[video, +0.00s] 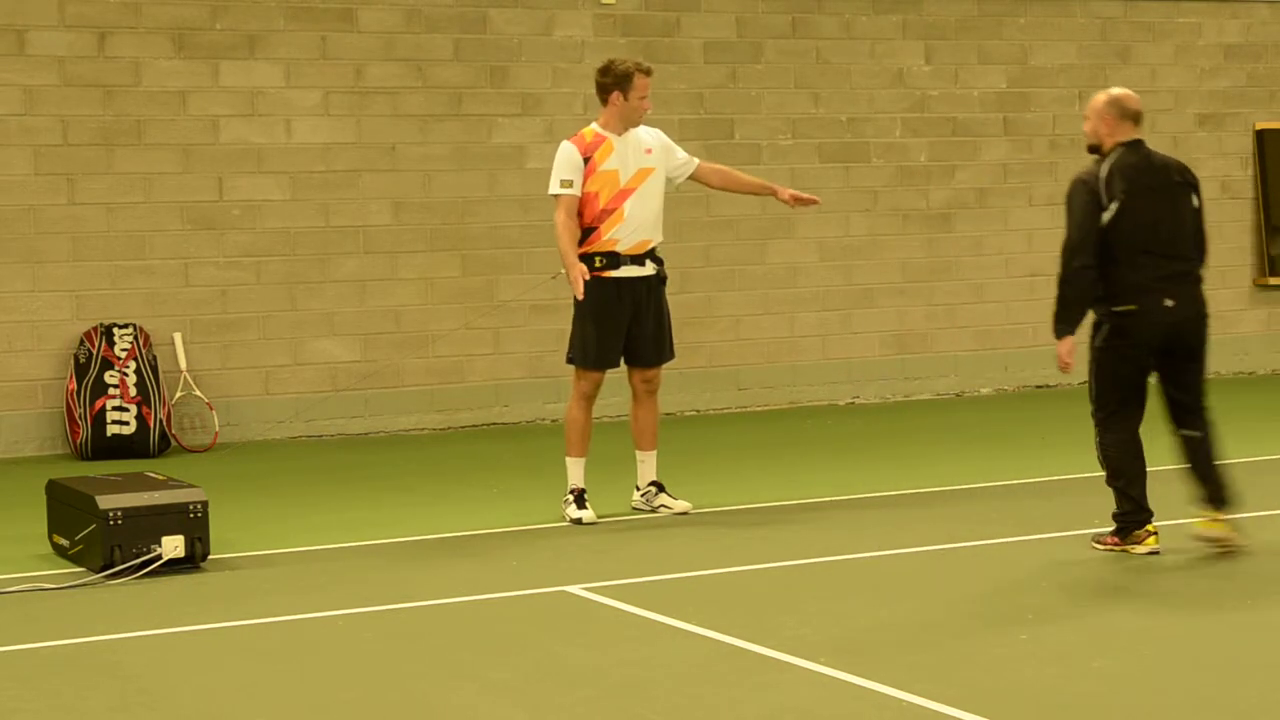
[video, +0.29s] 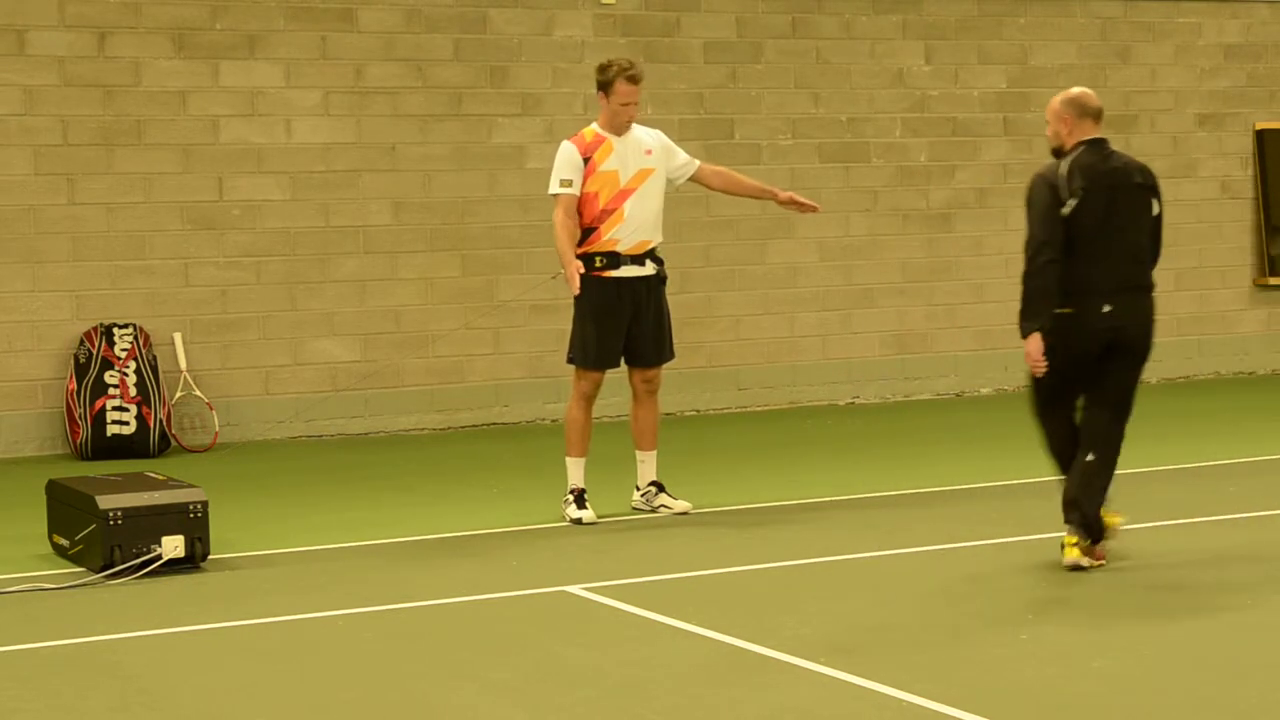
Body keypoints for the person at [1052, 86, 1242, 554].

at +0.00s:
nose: (1084, 128)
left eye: (1090, 119)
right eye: (1086, 119)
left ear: (1110, 123)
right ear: (1131, 123)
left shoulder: (1093, 182)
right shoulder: (1180, 173)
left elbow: (1080, 260)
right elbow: (1196, 250)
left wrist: (1065, 328)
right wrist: (1173, 289)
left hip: (1125, 320)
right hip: (1185, 313)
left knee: (1116, 420)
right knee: (1190, 412)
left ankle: (1134, 526)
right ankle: (1218, 507)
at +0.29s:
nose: (1047, 133)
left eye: (1049, 124)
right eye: (1048, 124)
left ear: (1066, 124)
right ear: (1096, 122)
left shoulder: (1052, 180)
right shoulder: (1142, 176)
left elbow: (1043, 257)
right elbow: (1150, 253)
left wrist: (1033, 327)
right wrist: (1117, 287)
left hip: (1073, 321)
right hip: (1133, 320)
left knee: (1051, 405)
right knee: (1106, 420)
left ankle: (1092, 510)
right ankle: (1081, 533)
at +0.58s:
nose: (1003, 120)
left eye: (1006, 111)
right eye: (1005, 110)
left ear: (1019, 112)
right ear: (1051, 111)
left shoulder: (999, 170)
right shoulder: (1095, 168)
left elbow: (981, 245)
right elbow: (1117, 247)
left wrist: (961, 314)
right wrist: (1130, 312)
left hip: (1014, 317)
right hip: (1079, 319)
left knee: (973, 414)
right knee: (1076, 428)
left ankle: (950, 528)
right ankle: (1079, 540)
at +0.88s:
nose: (923, 135)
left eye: (925, 126)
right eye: (925, 125)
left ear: (938, 128)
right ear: (971, 127)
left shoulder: (917, 189)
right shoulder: (1009, 184)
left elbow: (895, 266)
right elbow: (1046, 253)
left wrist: (876, 333)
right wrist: (1078, 314)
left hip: (927, 337)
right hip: (991, 335)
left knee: (895, 446)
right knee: (1025, 438)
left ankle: (872, 559)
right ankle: (1071, 541)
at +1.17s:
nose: (845, 135)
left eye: (845, 127)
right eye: (845, 126)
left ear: (854, 125)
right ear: (891, 118)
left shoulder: (854, 185)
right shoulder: (944, 167)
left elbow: (835, 266)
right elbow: (970, 244)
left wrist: (807, 342)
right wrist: (942, 285)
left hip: (888, 326)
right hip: (951, 317)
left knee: (870, 442)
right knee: (963, 430)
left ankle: (871, 560)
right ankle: (1004, 542)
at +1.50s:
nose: (838, 133)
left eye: (838, 124)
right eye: (838, 124)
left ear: (849, 121)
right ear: (886, 116)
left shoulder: (850, 184)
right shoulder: (939, 167)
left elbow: (832, 267)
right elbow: (953, 246)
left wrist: (803, 339)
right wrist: (931, 301)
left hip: (886, 329)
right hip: (947, 321)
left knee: (877, 449)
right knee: (946, 437)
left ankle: (872, 564)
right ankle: (970, 550)